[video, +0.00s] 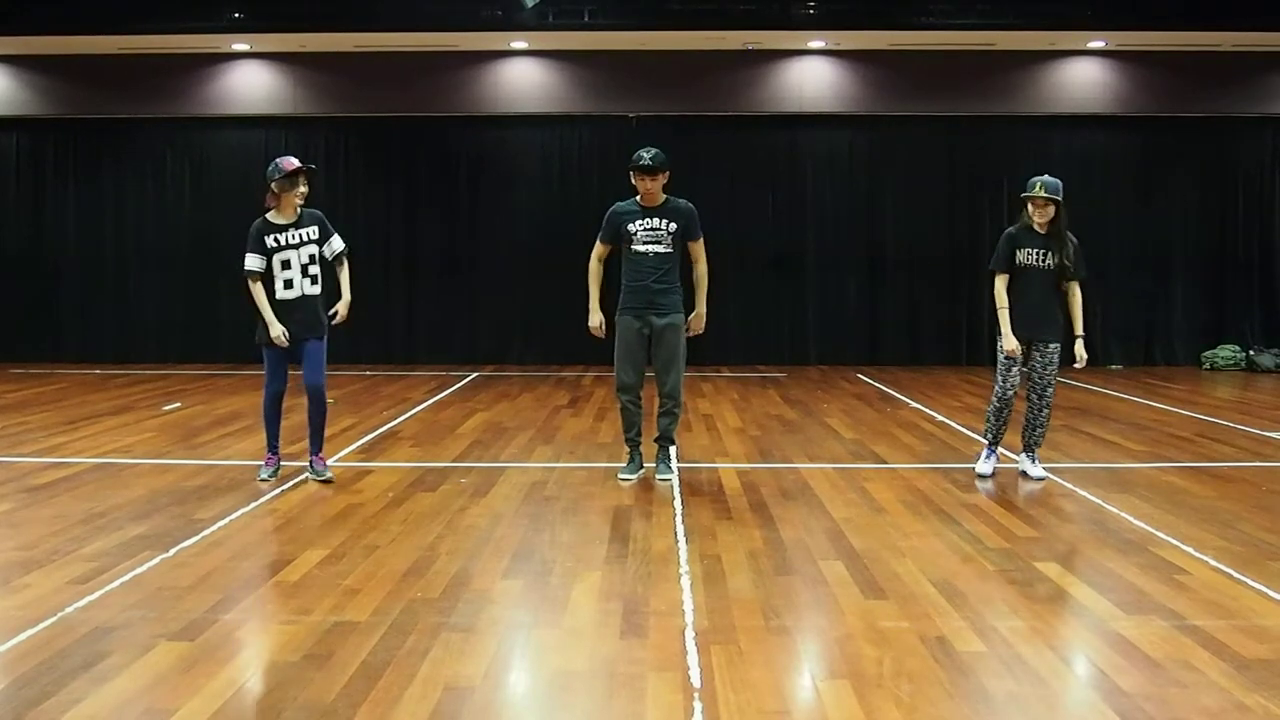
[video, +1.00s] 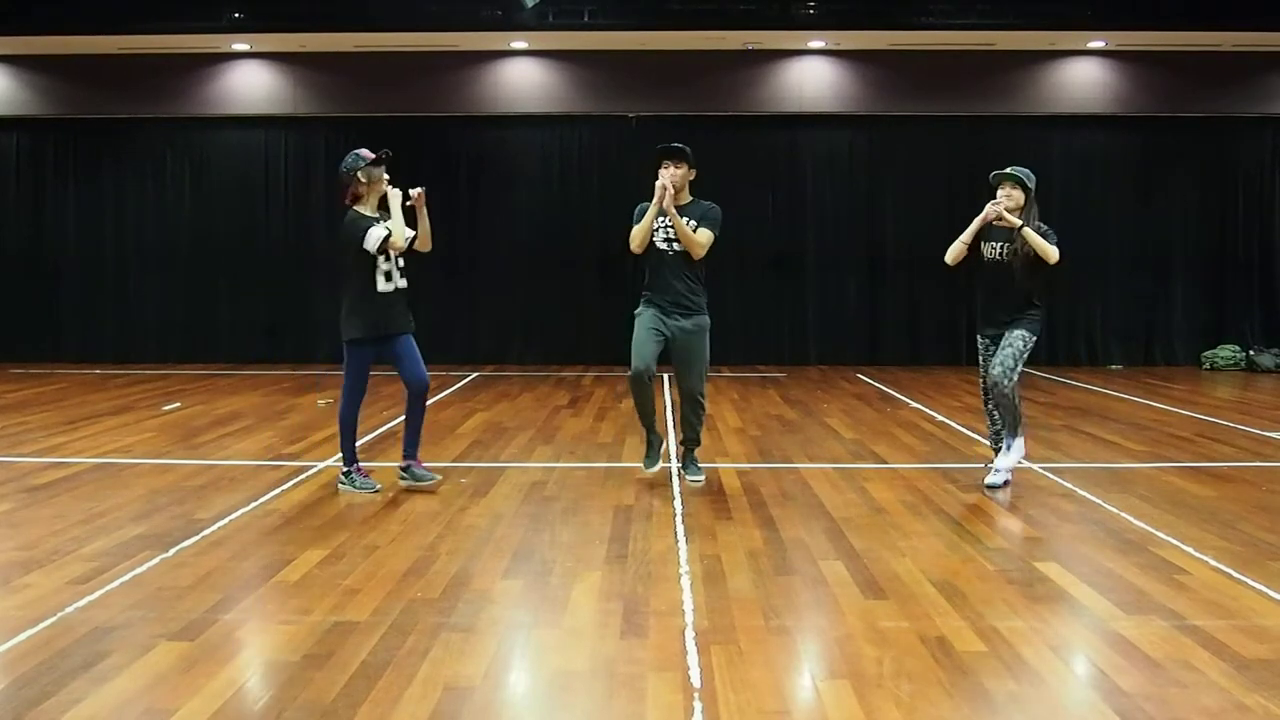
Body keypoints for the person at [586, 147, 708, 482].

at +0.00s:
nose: (646, 181)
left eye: (652, 174)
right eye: (640, 175)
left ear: (664, 176)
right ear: (633, 176)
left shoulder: (684, 212)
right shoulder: (619, 213)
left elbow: (698, 261)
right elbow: (597, 258)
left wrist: (700, 309)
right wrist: (594, 308)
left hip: (670, 314)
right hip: (629, 314)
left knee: (670, 388)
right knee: (627, 387)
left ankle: (665, 451)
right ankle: (633, 453)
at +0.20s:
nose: (644, 188)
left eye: (650, 181)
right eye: (638, 181)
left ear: (661, 182)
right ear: (629, 183)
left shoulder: (680, 220)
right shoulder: (615, 221)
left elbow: (685, 271)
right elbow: (609, 272)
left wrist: (685, 320)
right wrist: (617, 317)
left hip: (668, 313)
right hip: (630, 314)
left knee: (670, 385)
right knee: (627, 387)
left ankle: (665, 449)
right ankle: (633, 453)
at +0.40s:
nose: (647, 196)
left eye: (653, 189)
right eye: (640, 189)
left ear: (663, 191)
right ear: (631, 192)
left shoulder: (680, 223)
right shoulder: (617, 228)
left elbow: (687, 273)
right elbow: (617, 280)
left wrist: (671, 278)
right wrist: (644, 261)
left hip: (671, 308)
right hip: (632, 314)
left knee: (686, 349)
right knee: (624, 387)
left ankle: (670, 411)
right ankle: (633, 454)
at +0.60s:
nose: (659, 185)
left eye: (666, 179)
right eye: (653, 179)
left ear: (676, 182)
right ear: (643, 181)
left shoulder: (690, 218)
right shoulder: (628, 214)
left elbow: (688, 267)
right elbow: (624, 258)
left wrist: (667, 237)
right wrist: (648, 217)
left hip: (679, 315)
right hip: (637, 316)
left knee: (699, 377)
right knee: (630, 387)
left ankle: (689, 446)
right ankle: (634, 454)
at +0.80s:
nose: (667, 178)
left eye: (675, 172)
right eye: (662, 172)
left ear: (688, 179)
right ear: (656, 178)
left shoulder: (704, 217)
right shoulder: (642, 212)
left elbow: (688, 255)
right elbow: (633, 249)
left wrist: (666, 215)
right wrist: (655, 209)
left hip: (687, 316)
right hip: (647, 311)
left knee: (694, 392)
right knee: (630, 366)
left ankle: (690, 453)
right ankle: (636, 428)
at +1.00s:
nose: (669, 172)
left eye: (677, 166)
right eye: (664, 166)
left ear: (690, 173)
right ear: (658, 173)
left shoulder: (708, 211)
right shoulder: (645, 210)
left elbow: (697, 249)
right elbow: (636, 246)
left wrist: (671, 211)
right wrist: (657, 204)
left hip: (692, 315)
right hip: (652, 310)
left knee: (693, 390)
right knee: (639, 370)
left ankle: (690, 453)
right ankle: (651, 437)